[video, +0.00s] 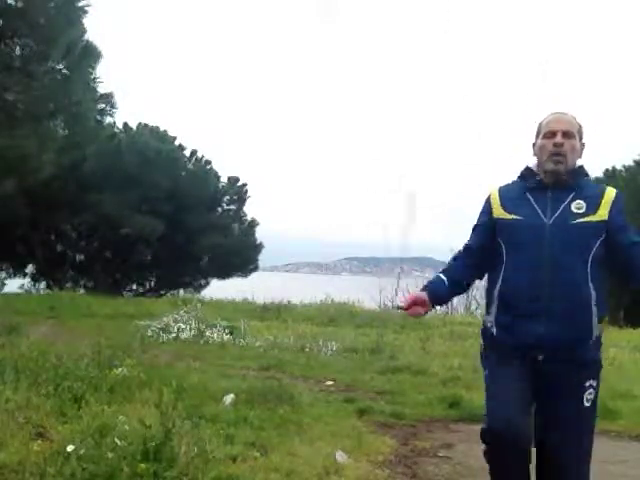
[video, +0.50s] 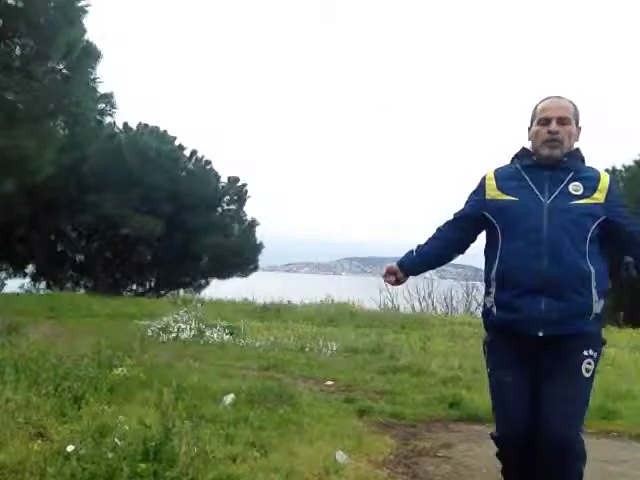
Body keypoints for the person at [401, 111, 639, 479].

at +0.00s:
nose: (558, 142)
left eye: (567, 136)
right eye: (549, 135)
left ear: (581, 148)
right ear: (535, 146)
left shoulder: (605, 202)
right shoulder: (501, 200)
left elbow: (632, 263)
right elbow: (471, 260)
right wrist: (431, 294)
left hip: (574, 353)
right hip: (508, 349)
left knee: (567, 458)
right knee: (504, 436)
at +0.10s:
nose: (553, 125)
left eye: (563, 119)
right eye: (545, 118)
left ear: (576, 130)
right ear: (530, 128)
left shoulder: (601, 180)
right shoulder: (499, 180)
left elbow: (631, 241)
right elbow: (465, 239)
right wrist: (420, 276)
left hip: (573, 328)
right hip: (509, 325)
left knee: (562, 437)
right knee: (514, 427)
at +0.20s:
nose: (548, 137)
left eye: (557, 131)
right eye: (540, 130)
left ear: (571, 141)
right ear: (526, 140)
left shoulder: (599, 194)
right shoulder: (496, 192)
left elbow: (633, 249)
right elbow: (459, 246)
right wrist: (410, 269)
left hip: (573, 338)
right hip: (509, 337)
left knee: (570, 437)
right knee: (516, 437)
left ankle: (553, 473)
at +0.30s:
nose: (545, 157)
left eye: (554, 149)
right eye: (536, 149)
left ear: (568, 160)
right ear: (523, 159)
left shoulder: (596, 213)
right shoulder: (490, 213)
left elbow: (624, 273)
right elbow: (460, 267)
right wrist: (420, 286)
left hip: (573, 358)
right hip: (507, 360)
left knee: (571, 440)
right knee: (514, 460)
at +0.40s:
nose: (550, 132)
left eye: (560, 125)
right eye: (541, 125)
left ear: (573, 136)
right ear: (527, 135)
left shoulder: (600, 192)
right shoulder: (494, 190)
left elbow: (623, 262)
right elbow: (459, 250)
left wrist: (630, 303)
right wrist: (416, 290)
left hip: (573, 341)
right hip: (507, 340)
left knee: (568, 438)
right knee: (514, 449)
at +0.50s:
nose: (553, 129)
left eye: (563, 122)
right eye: (544, 122)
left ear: (577, 133)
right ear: (530, 132)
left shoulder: (602, 186)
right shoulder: (496, 182)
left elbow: (632, 242)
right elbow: (456, 233)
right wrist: (407, 265)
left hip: (574, 333)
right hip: (508, 331)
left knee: (560, 438)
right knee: (513, 439)